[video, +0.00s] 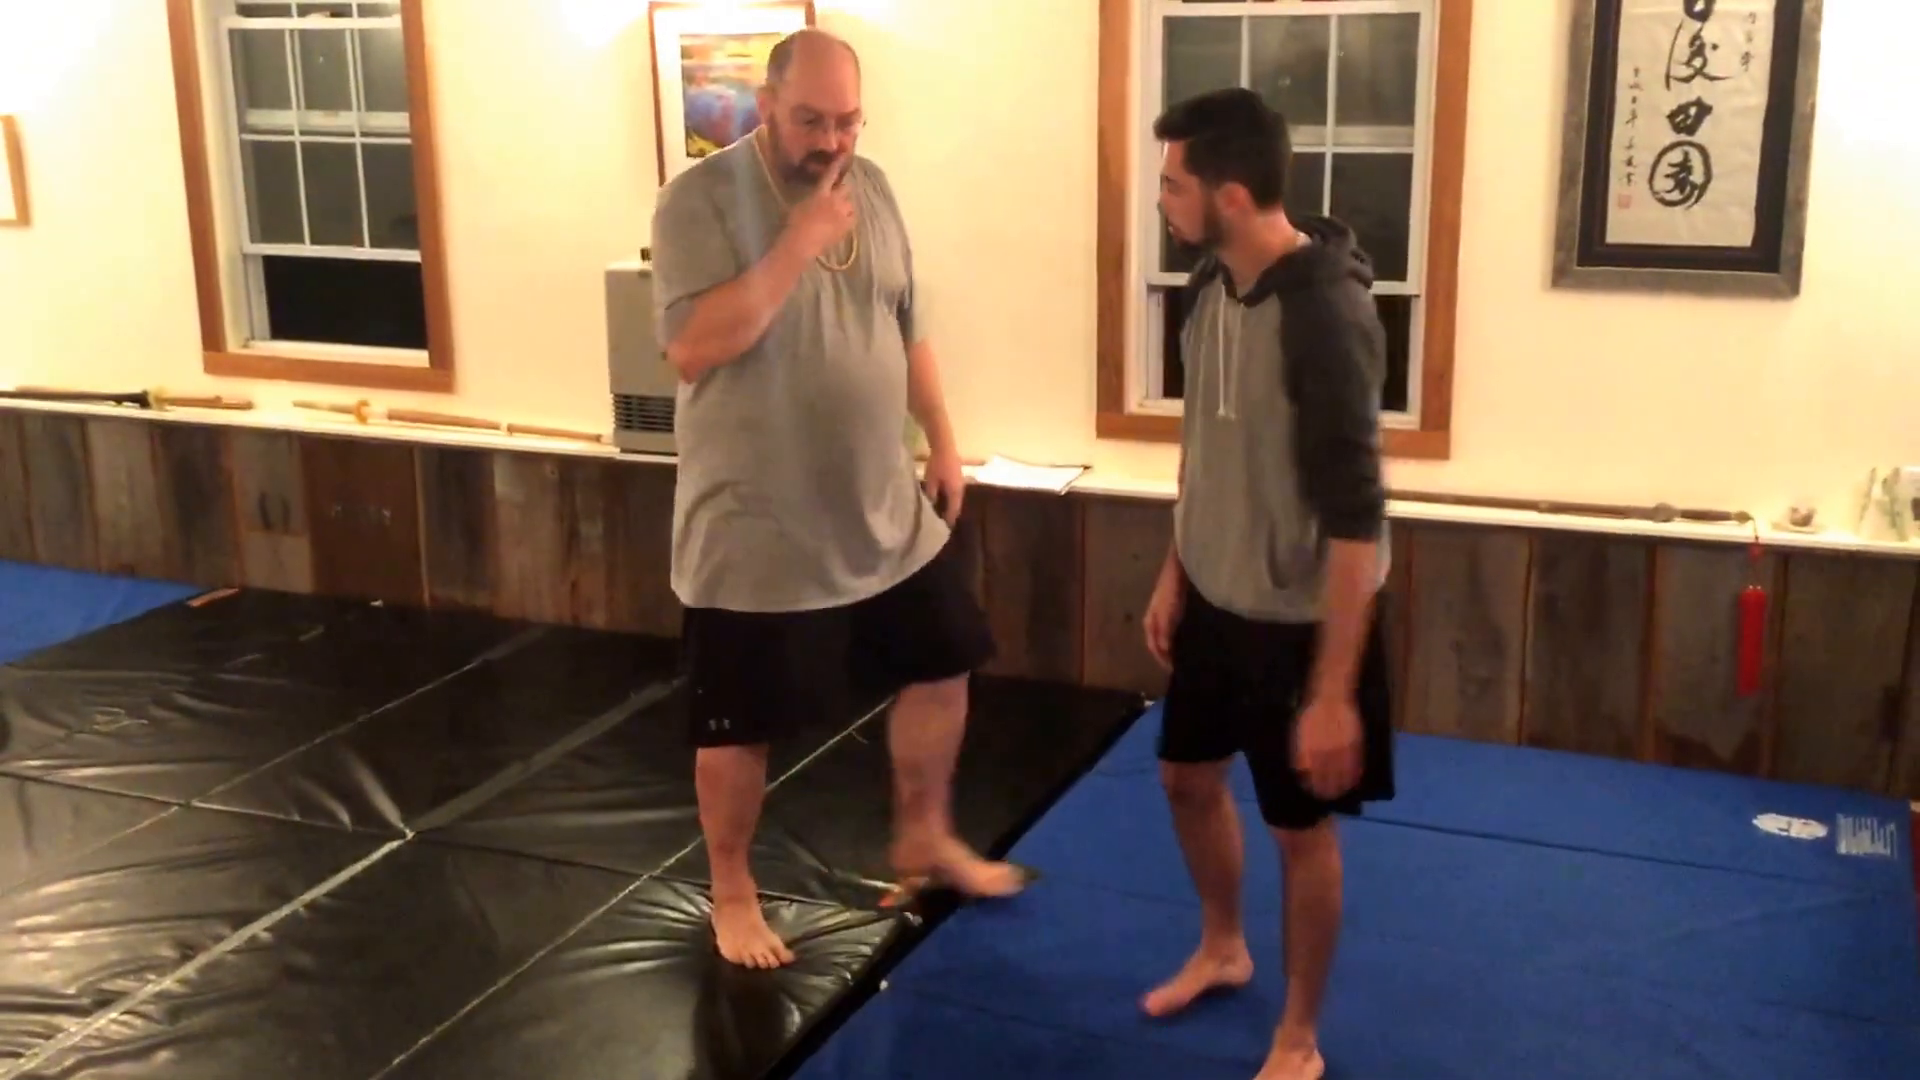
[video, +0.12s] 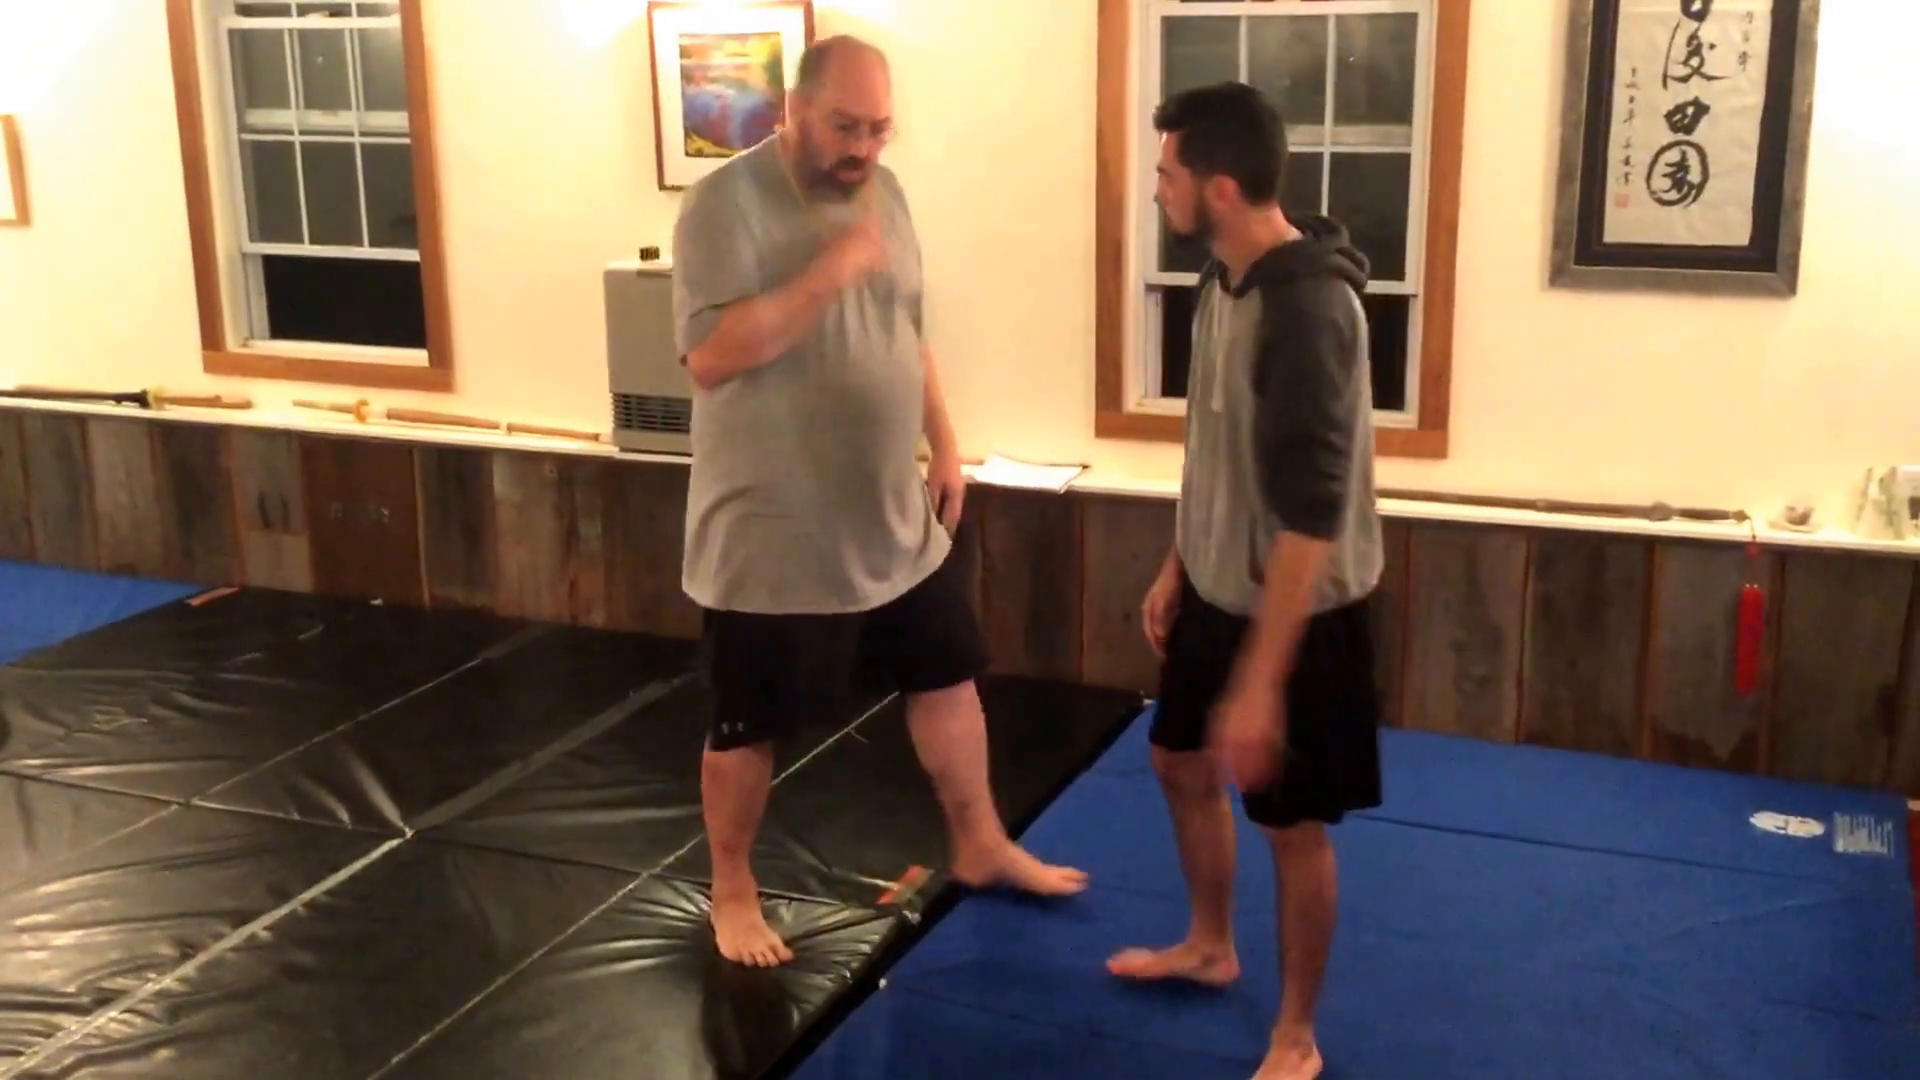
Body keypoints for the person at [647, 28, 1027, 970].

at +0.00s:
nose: (833, 140)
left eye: (846, 120)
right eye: (812, 119)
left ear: (860, 109)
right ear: (764, 103)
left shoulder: (871, 191)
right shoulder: (696, 201)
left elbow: (908, 331)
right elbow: (690, 349)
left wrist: (943, 444)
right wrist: (794, 247)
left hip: (878, 493)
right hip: (748, 508)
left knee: (941, 661)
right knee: (735, 719)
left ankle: (922, 838)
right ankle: (732, 890)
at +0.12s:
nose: (867, 147)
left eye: (879, 128)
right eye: (848, 125)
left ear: (890, 122)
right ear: (795, 110)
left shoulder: (879, 194)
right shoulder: (722, 204)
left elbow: (909, 333)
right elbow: (707, 358)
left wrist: (944, 447)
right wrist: (825, 277)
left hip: (887, 498)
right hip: (764, 513)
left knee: (946, 672)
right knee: (745, 718)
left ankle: (981, 847)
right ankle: (733, 894)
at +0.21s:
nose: (897, 154)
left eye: (909, 136)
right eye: (881, 132)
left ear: (917, 128)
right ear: (824, 112)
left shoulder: (901, 201)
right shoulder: (748, 206)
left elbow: (922, 340)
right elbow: (711, 362)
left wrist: (950, 449)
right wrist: (854, 316)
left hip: (901, 501)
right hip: (780, 515)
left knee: (945, 685)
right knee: (756, 720)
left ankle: (990, 856)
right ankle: (732, 892)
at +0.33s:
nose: (952, 166)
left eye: (964, 148)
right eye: (939, 143)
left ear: (969, 141)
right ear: (884, 117)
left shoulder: (942, 211)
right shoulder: (794, 207)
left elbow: (951, 353)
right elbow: (733, 357)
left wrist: (977, 459)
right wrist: (868, 409)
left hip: (926, 515)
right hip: (807, 525)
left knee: (954, 692)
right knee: (770, 718)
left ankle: (992, 861)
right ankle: (733, 884)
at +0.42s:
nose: (991, 172)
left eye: (1003, 154)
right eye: (980, 150)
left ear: (1002, 139)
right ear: (925, 121)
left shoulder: (972, 209)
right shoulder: (825, 206)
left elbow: (976, 353)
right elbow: (759, 351)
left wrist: (999, 461)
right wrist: (853, 463)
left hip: (954, 519)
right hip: (831, 526)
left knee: (969, 688)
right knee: (784, 715)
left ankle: (992, 859)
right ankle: (736, 881)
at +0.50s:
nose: (1026, 172)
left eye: (1038, 156)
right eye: (1016, 150)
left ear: (1041, 141)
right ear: (963, 118)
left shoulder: (1001, 205)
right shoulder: (857, 202)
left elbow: (1002, 346)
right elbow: (785, 348)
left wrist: (1027, 458)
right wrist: (825, 486)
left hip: (975, 523)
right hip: (863, 527)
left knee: (982, 686)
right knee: (805, 708)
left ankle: (992, 858)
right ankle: (746, 873)